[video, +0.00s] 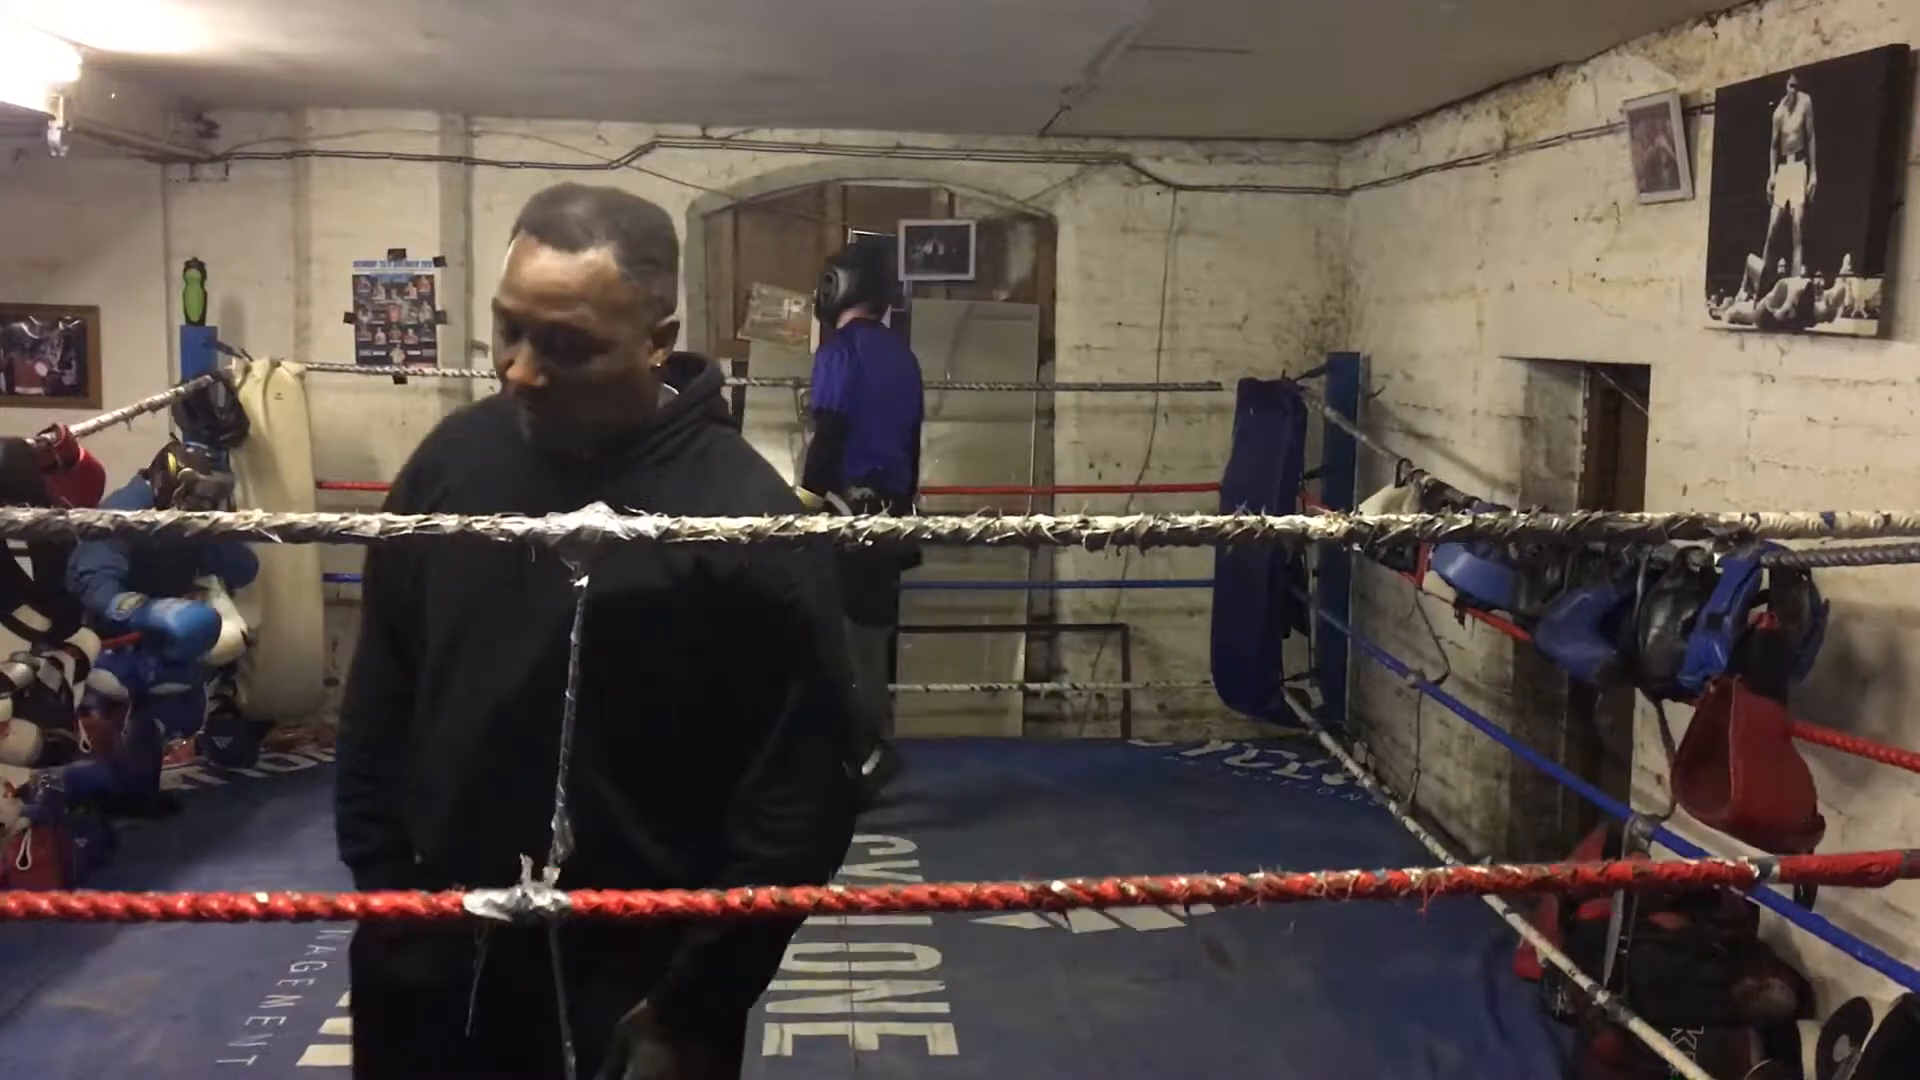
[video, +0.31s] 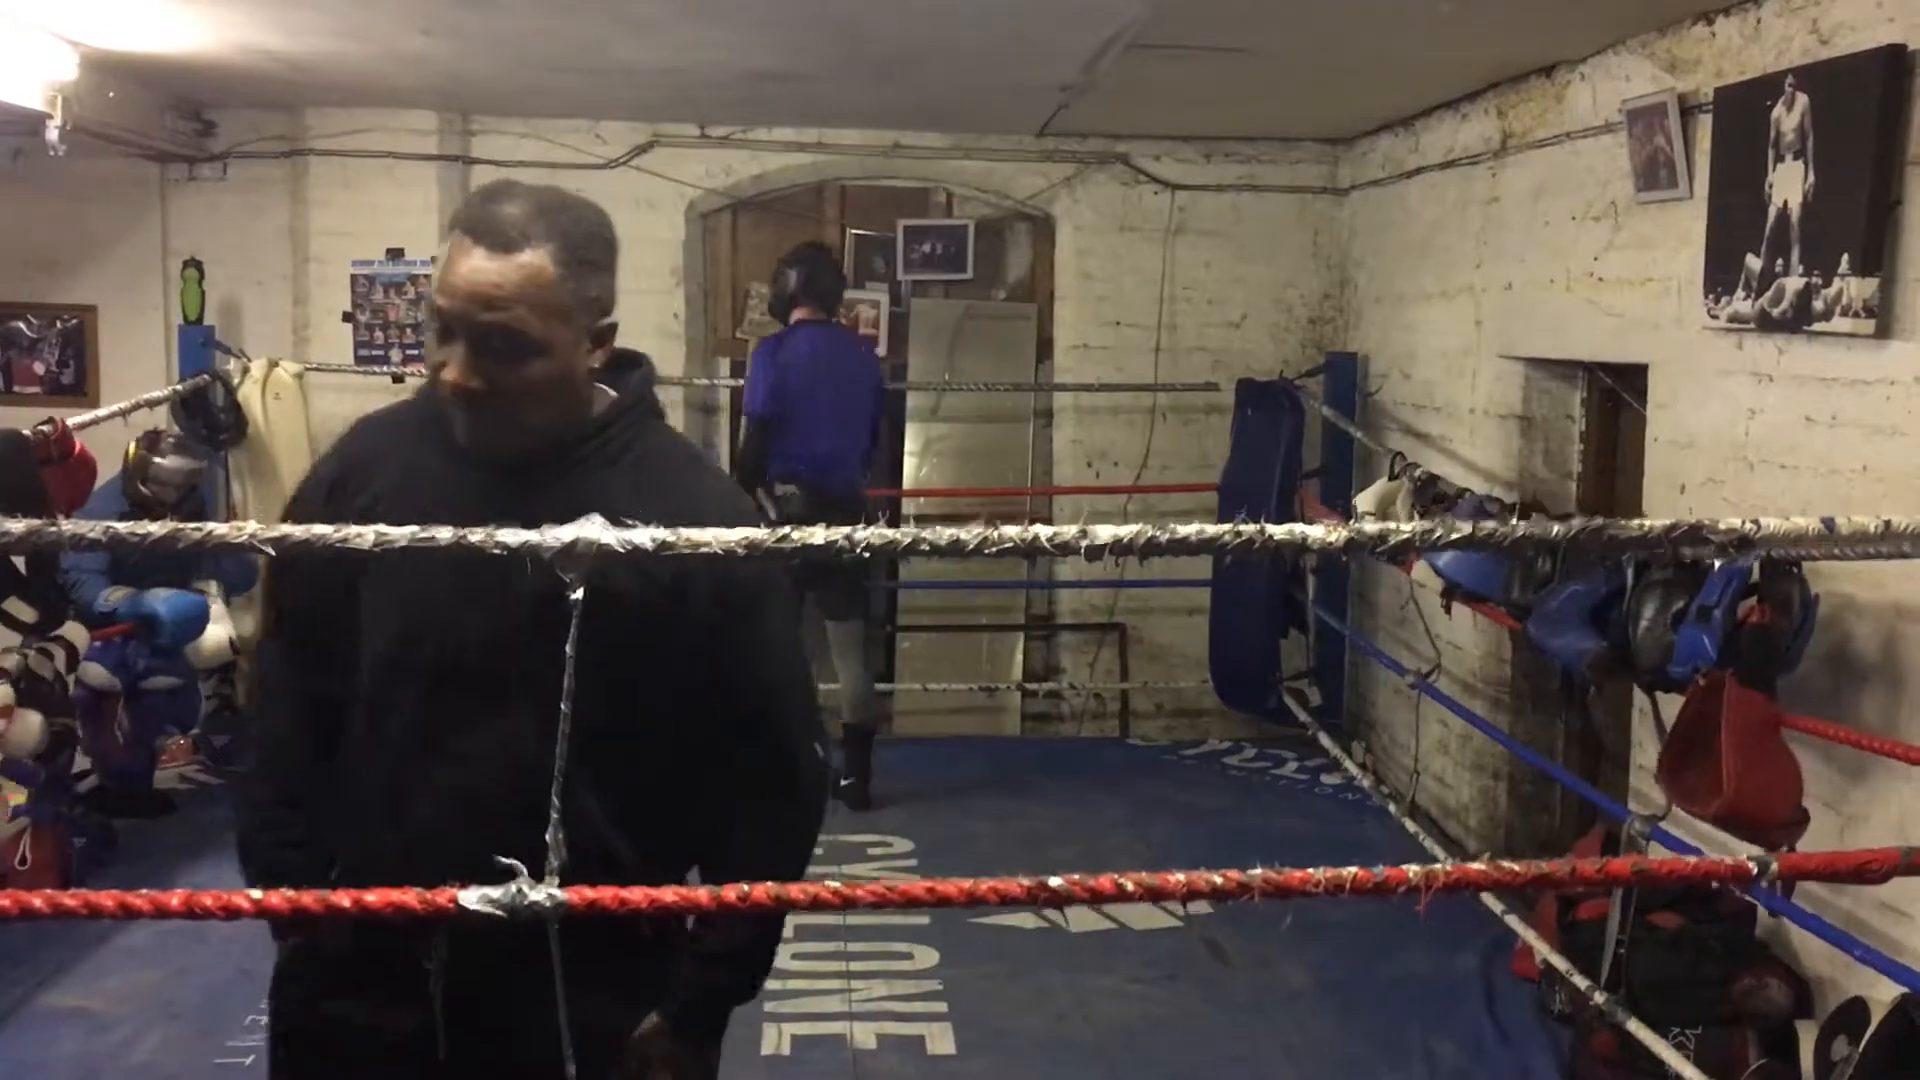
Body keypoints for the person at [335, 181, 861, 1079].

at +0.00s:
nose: (520, 372)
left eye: (566, 346)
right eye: (509, 332)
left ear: (661, 338)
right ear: (495, 306)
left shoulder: (750, 519)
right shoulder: (457, 458)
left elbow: (809, 782)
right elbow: (381, 685)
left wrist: (700, 1004)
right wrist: (387, 888)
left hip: (641, 981)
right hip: (435, 967)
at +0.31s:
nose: (455, 373)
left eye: (502, 346)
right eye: (442, 332)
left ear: (596, 342)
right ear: (429, 308)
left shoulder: (702, 521)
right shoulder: (364, 469)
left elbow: (777, 787)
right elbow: (284, 710)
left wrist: (697, 1008)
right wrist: (299, 918)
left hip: (595, 1004)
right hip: (364, 988)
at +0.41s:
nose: (412, 375)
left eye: (461, 346)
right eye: (398, 333)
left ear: (557, 339)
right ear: (384, 312)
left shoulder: (668, 516)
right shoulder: (319, 477)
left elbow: (748, 774)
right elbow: (239, 715)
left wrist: (679, 998)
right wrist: (263, 936)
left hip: (564, 1007)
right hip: (331, 991)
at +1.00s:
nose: (58, 368)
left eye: (101, 330)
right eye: (40, 329)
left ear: (213, 313)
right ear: (23, 318)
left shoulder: (379, 469)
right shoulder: (26, 495)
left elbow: (507, 712)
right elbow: (16, 764)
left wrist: (473, 946)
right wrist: (37, 964)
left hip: (355, 985)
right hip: (122, 987)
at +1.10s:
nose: (16, 376)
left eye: (59, 339)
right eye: (6, 337)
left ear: (171, 318)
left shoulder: (346, 466)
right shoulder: (11, 487)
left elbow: (491, 715)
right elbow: (13, 754)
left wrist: (459, 939)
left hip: (337, 983)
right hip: (102, 984)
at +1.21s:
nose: (10, 387)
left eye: (39, 352)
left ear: (137, 331)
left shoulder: (319, 468)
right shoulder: (14, 495)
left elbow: (466, 707)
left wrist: (445, 939)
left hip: (320, 979)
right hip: (87, 974)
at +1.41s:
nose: (0, 405)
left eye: (18, 374)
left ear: (104, 349)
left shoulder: (292, 476)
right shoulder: (16, 509)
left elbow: (450, 717)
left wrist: (425, 944)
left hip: (297, 981)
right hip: (61, 977)